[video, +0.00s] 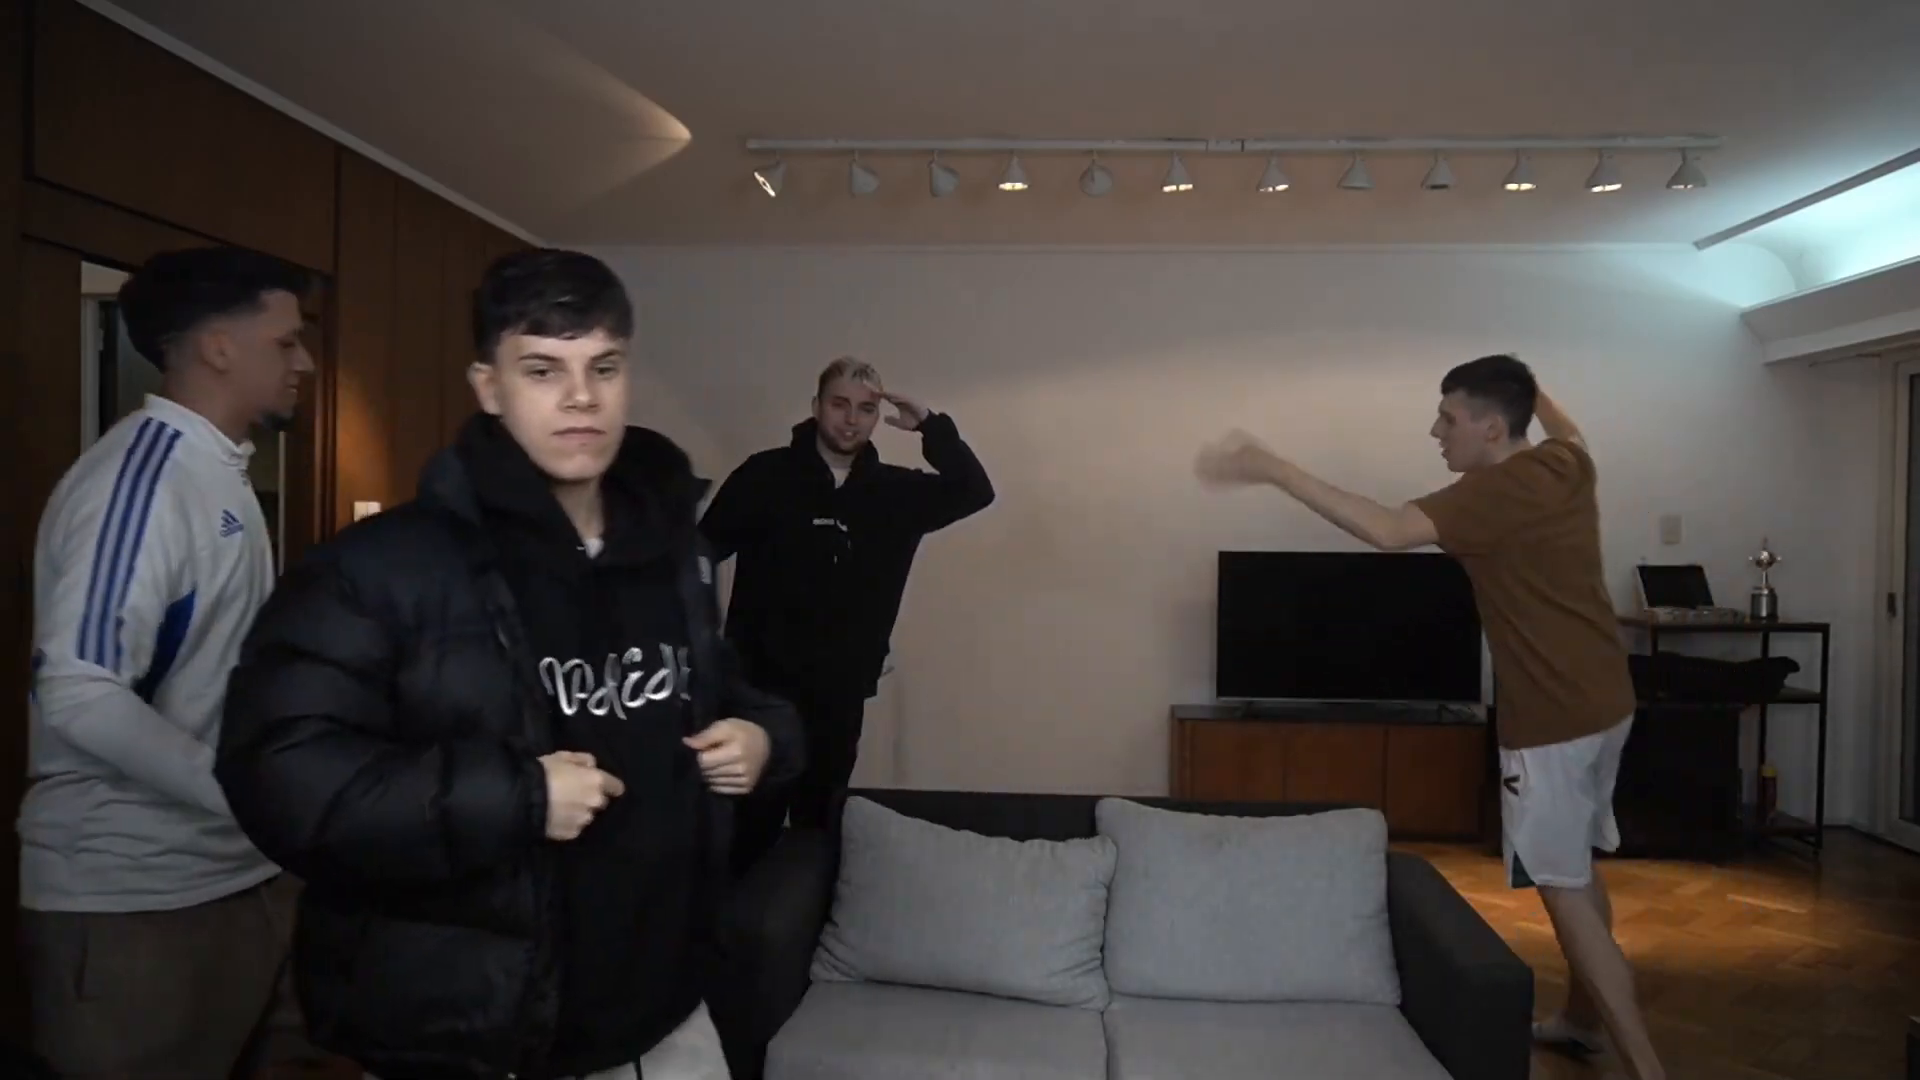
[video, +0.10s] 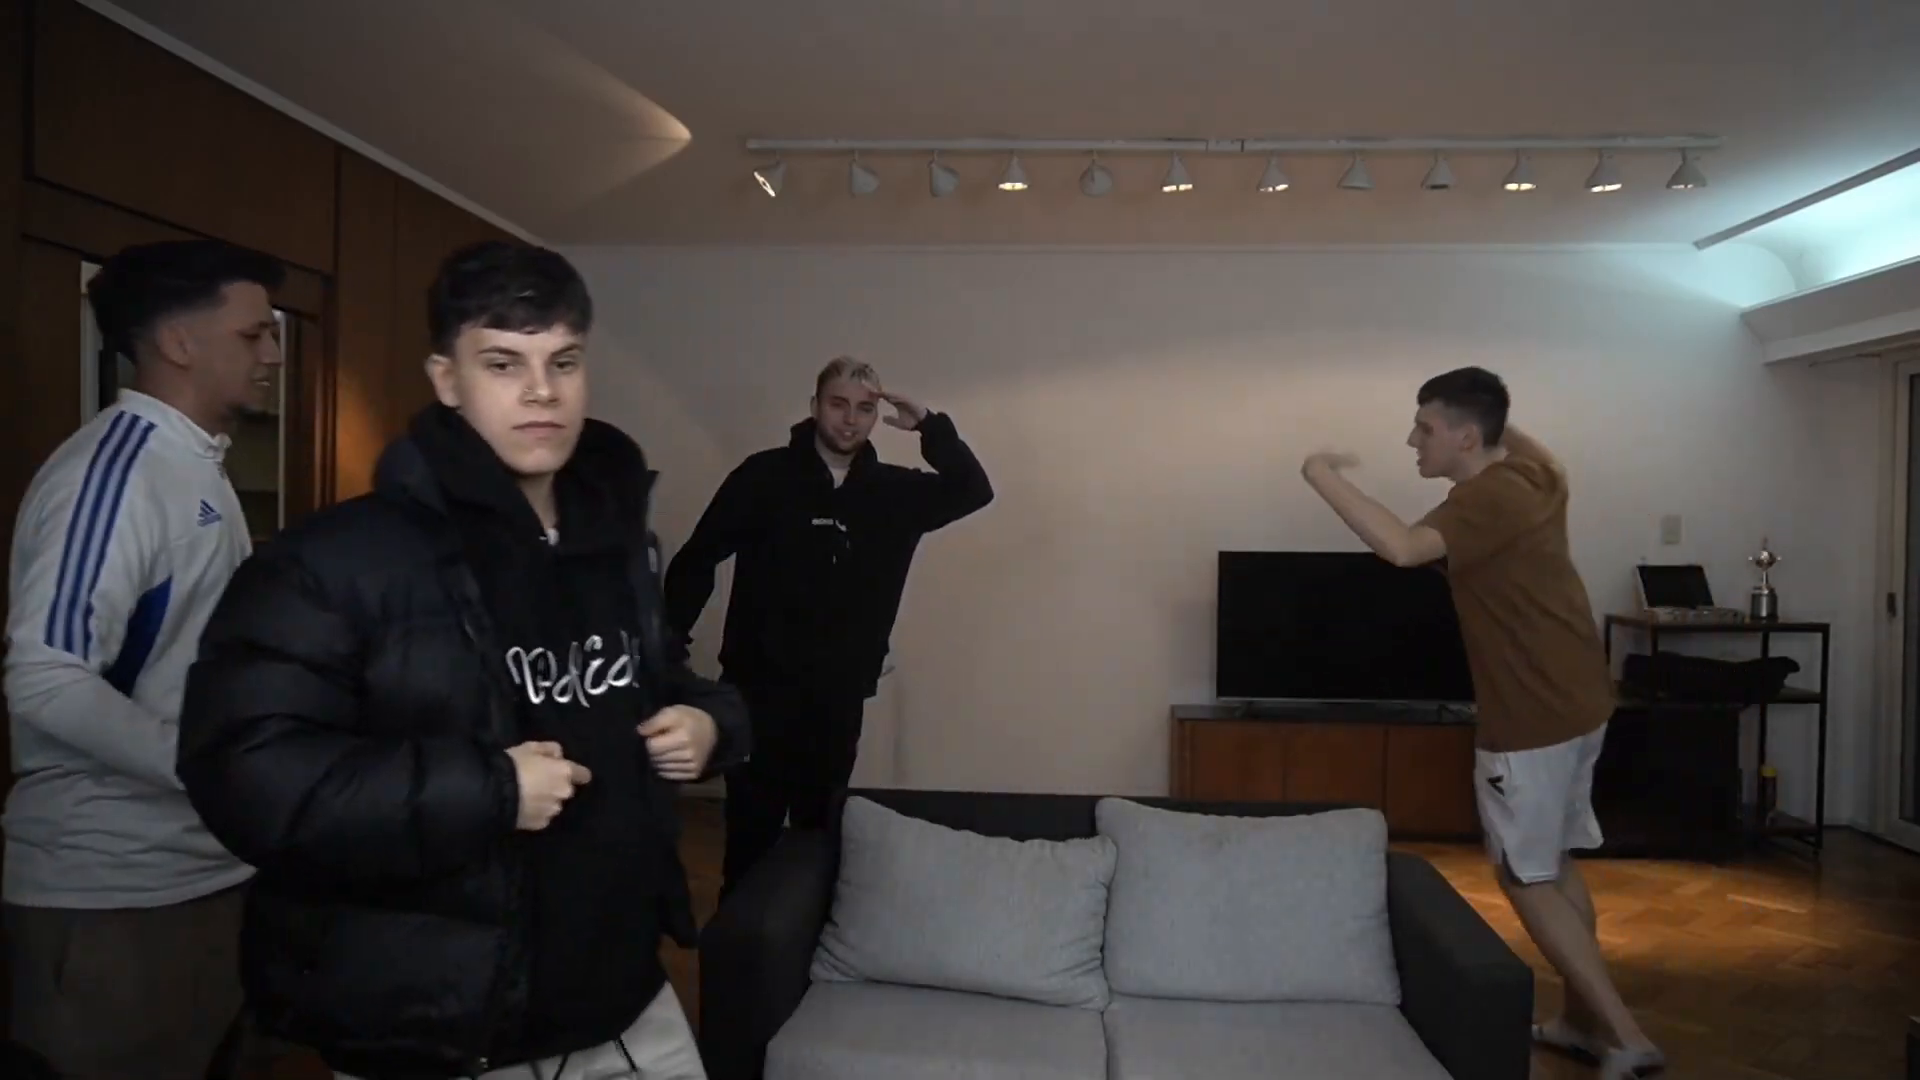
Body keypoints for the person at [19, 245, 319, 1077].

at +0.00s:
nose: (305, 366)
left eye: (301, 344)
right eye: (286, 343)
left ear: (219, 350)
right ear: (217, 348)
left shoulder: (214, 470)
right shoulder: (142, 473)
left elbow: (209, 679)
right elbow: (79, 693)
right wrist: (257, 796)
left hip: (221, 889)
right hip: (135, 908)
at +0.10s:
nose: (273, 356)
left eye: (272, 336)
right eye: (252, 335)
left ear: (183, 346)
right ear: (176, 343)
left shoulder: (193, 465)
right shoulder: (118, 464)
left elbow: (179, 665)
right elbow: (42, 678)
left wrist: (264, 736)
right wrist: (220, 764)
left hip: (187, 889)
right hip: (111, 904)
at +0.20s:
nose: (253, 354)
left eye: (251, 332)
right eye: (230, 332)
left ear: (162, 344)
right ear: (153, 340)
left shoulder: (180, 463)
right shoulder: (101, 464)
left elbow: (172, 658)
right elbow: (33, 679)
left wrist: (241, 777)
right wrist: (194, 806)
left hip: (158, 884)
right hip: (91, 897)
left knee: (161, 1062)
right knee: (90, 1066)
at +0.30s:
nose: (238, 355)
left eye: (237, 334)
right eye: (215, 334)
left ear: (152, 347)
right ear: (141, 344)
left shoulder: (181, 472)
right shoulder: (87, 472)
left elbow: (182, 669)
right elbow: (54, 690)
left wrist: (204, 839)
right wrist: (142, 873)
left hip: (149, 873)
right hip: (72, 892)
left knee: (163, 1060)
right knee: (88, 1065)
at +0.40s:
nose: (233, 361)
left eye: (230, 339)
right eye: (211, 340)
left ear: (147, 356)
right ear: (138, 352)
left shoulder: (170, 473)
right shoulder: (87, 484)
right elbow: (67, 696)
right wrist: (78, 894)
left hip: (154, 870)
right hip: (86, 883)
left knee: (152, 1057)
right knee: (95, 1064)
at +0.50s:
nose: (234, 368)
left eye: (231, 348)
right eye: (214, 348)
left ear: (151, 366)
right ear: (147, 363)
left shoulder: (168, 477)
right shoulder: (94, 487)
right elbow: (46, 696)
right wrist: (65, 882)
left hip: (150, 848)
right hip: (89, 872)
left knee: (155, 1052)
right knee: (96, 1059)